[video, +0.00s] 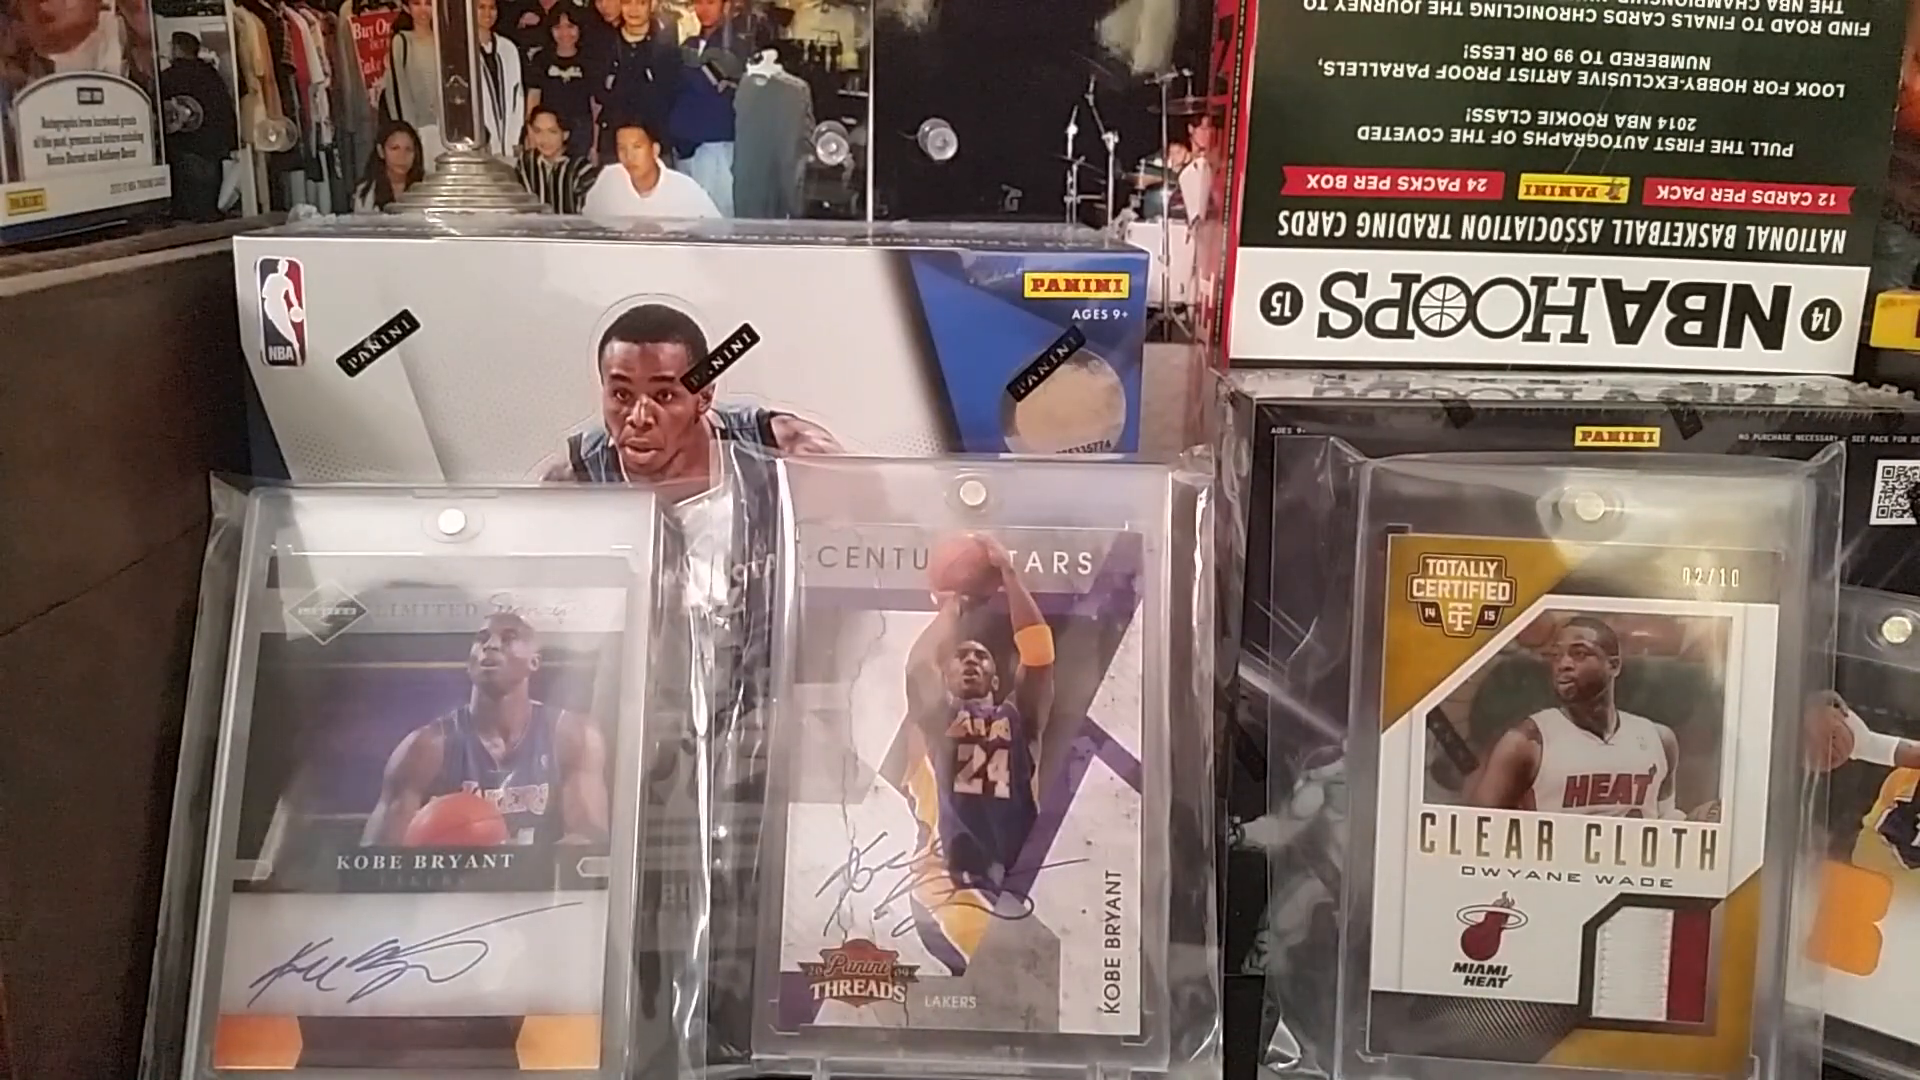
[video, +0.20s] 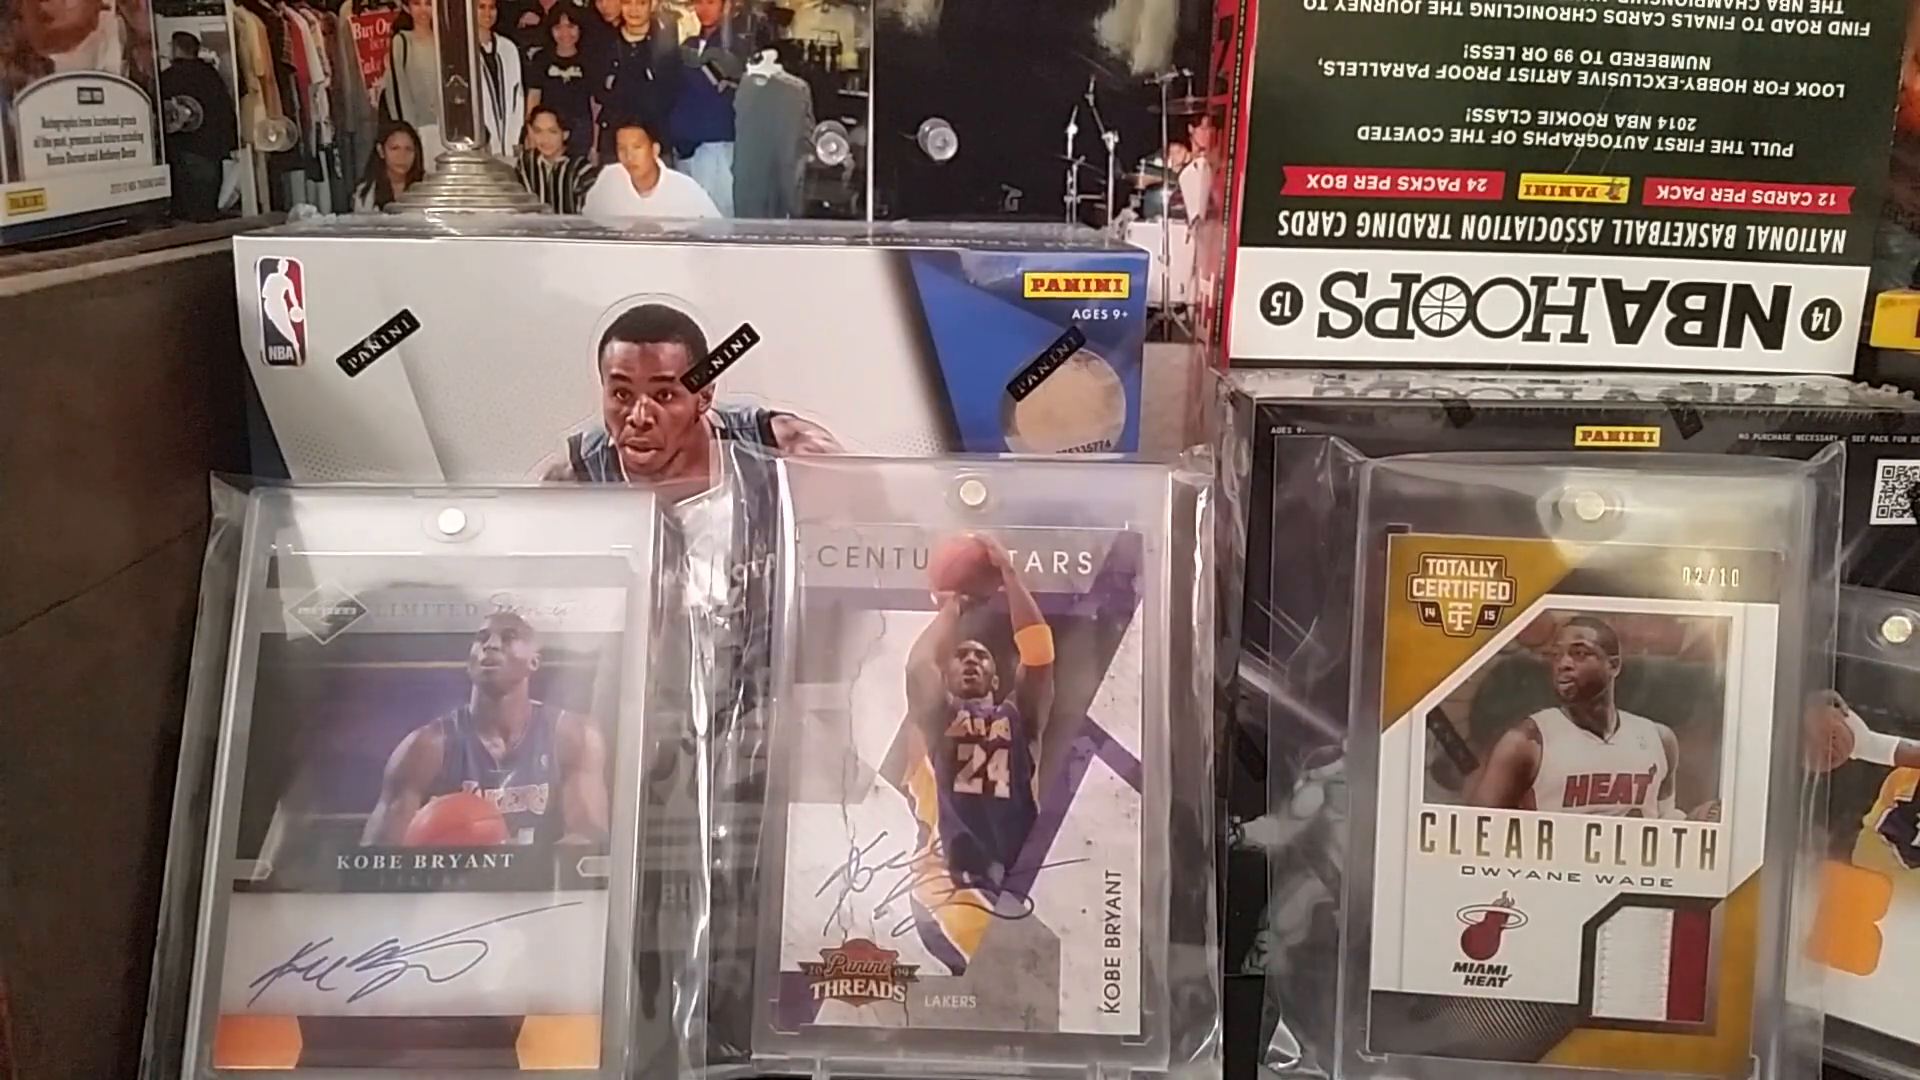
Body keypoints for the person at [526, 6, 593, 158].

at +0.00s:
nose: (564, 33)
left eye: (569, 27)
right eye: (558, 27)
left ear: (578, 31)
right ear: (552, 32)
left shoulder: (589, 62)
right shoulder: (540, 60)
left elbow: (596, 105)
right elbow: (533, 98)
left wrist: (594, 146)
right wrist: (530, 135)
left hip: (580, 131)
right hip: (548, 132)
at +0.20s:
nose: (564, 33)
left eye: (570, 27)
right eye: (558, 27)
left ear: (578, 31)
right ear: (552, 32)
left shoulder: (589, 62)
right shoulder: (541, 60)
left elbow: (596, 104)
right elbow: (533, 98)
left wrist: (595, 146)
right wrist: (530, 134)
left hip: (579, 130)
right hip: (548, 130)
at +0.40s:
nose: (564, 33)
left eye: (570, 26)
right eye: (558, 27)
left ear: (579, 30)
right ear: (552, 32)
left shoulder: (589, 60)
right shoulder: (541, 59)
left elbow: (597, 104)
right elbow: (533, 97)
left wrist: (596, 145)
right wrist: (531, 134)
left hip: (580, 131)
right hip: (548, 133)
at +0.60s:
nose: (565, 33)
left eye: (571, 27)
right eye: (559, 28)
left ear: (579, 31)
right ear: (553, 33)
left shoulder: (589, 62)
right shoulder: (542, 60)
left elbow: (597, 104)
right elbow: (534, 97)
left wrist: (596, 145)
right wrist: (531, 134)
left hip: (581, 131)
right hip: (549, 133)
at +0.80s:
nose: (565, 33)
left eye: (571, 27)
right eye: (560, 28)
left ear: (580, 31)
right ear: (553, 32)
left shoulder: (589, 62)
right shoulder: (543, 60)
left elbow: (597, 104)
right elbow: (535, 98)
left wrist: (596, 145)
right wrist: (531, 135)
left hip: (581, 133)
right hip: (548, 134)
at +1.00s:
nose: (565, 33)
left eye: (571, 27)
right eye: (560, 28)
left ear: (580, 31)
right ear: (553, 32)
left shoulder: (590, 62)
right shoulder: (543, 60)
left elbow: (597, 104)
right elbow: (534, 97)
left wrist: (596, 145)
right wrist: (531, 134)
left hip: (581, 131)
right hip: (549, 133)